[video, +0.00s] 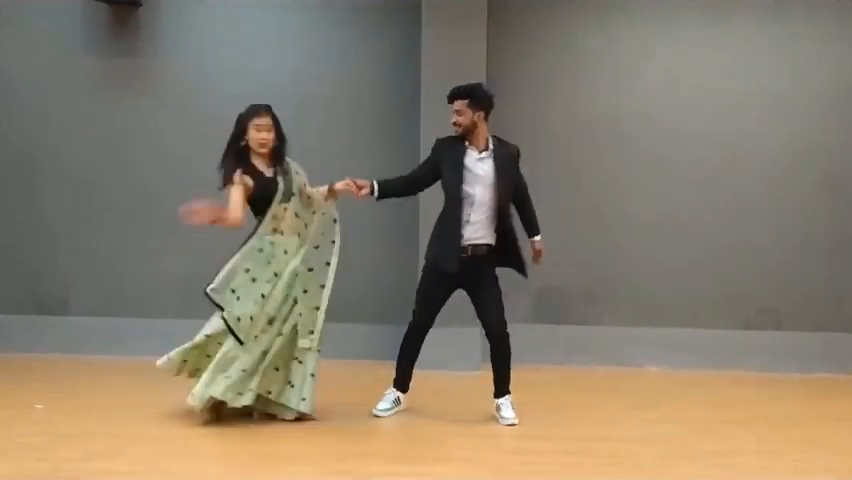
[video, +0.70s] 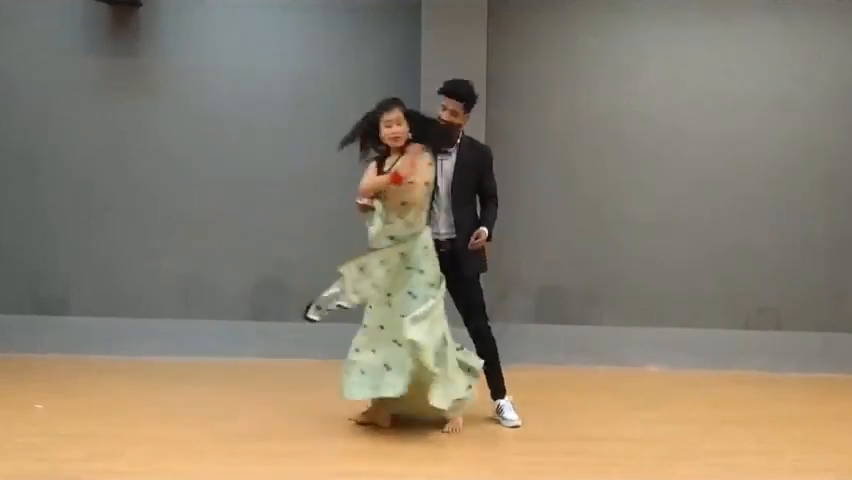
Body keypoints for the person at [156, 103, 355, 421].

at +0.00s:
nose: (265, 136)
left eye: (270, 130)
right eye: (258, 130)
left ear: (277, 134)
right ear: (244, 136)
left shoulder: (290, 169)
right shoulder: (242, 176)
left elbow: (309, 197)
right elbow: (237, 217)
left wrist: (335, 188)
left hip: (298, 251)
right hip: (267, 254)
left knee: (292, 323)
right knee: (252, 322)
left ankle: (276, 398)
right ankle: (218, 394)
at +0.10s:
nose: (297, 136)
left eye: (297, 130)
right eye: (290, 130)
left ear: (289, 136)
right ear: (271, 136)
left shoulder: (286, 172)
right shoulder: (268, 177)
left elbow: (308, 201)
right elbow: (296, 208)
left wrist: (341, 197)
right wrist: (323, 184)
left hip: (306, 264)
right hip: (291, 266)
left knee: (311, 331)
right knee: (292, 333)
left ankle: (290, 399)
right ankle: (269, 399)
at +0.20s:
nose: (321, 134)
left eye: (319, 127)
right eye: (316, 128)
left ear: (295, 135)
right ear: (303, 136)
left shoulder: (284, 167)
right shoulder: (314, 171)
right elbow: (353, 194)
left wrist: (344, 184)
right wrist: (354, 164)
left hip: (292, 252)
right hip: (315, 256)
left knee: (290, 324)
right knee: (333, 326)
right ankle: (315, 403)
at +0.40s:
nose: (326, 133)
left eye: (329, 127)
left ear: (335, 127)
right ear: (370, 127)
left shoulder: (336, 159)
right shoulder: (375, 158)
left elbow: (318, 199)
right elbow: (365, 191)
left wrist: (310, 185)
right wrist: (316, 179)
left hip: (345, 240)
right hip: (372, 239)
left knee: (332, 315)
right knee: (373, 317)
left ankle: (339, 394)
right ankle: (375, 393)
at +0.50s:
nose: (347, 129)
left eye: (353, 123)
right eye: (348, 122)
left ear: (370, 127)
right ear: (368, 129)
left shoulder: (365, 164)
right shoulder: (374, 160)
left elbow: (345, 202)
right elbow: (352, 193)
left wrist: (331, 181)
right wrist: (333, 179)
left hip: (373, 246)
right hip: (380, 243)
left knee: (366, 320)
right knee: (379, 320)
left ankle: (375, 401)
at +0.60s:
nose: (368, 129)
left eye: (375, 123)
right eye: (366, 124)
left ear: (392, 125)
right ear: (364, 128)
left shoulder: (401, 163)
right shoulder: (373, 158)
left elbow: (379, 201)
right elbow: (344, 188)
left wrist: (366, 169)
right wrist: (362, 163)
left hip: (397, 250)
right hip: (373, 248)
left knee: (395, 325)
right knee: (375, 323)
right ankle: (376, 403)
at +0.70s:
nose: (394, 130)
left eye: (399, 123)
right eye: (387, 125)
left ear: (408, 126)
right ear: (379, 132)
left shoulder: (422, 157)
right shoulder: (376, 165)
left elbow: (414, 187)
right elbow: (363, 194)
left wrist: (377, 186)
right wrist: (389, 180)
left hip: (418, 251)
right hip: (385, 253)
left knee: (421, 329)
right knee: (383, 327)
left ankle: (453, 404)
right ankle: (381, 406)